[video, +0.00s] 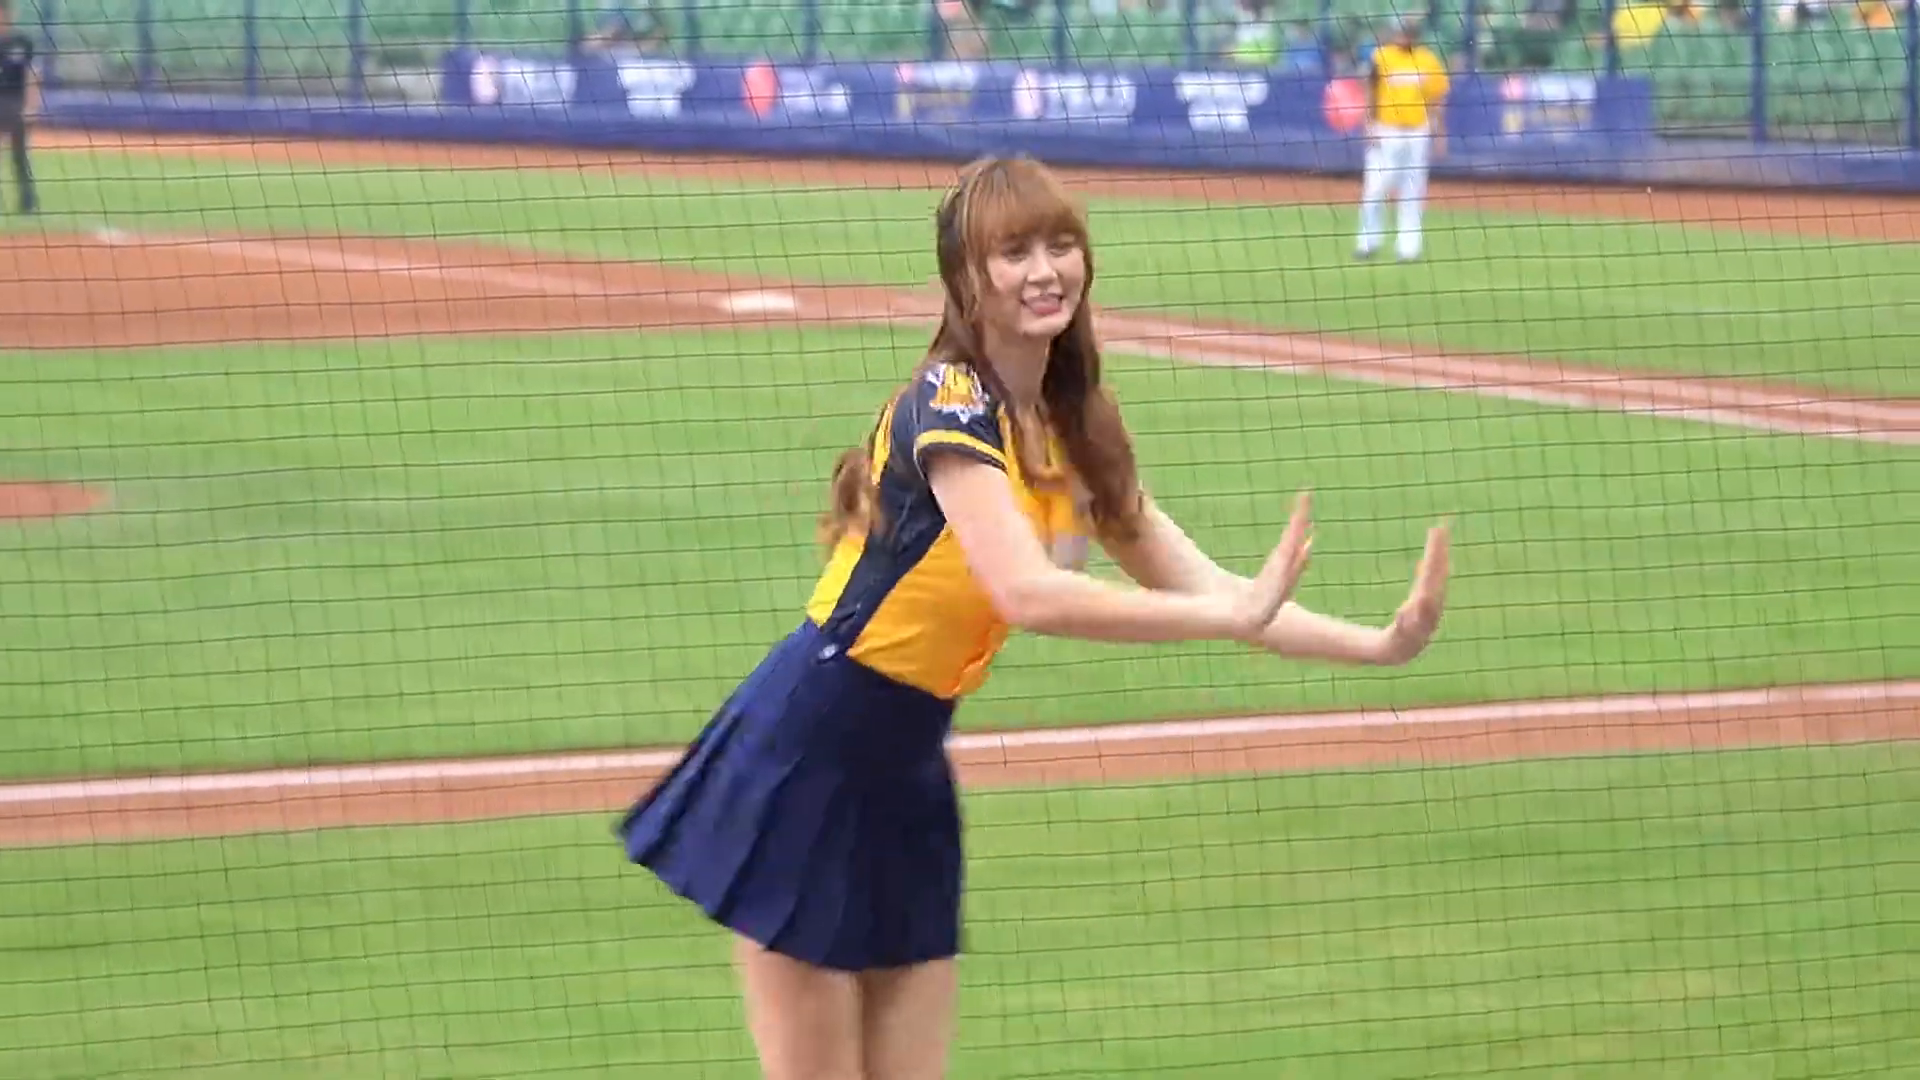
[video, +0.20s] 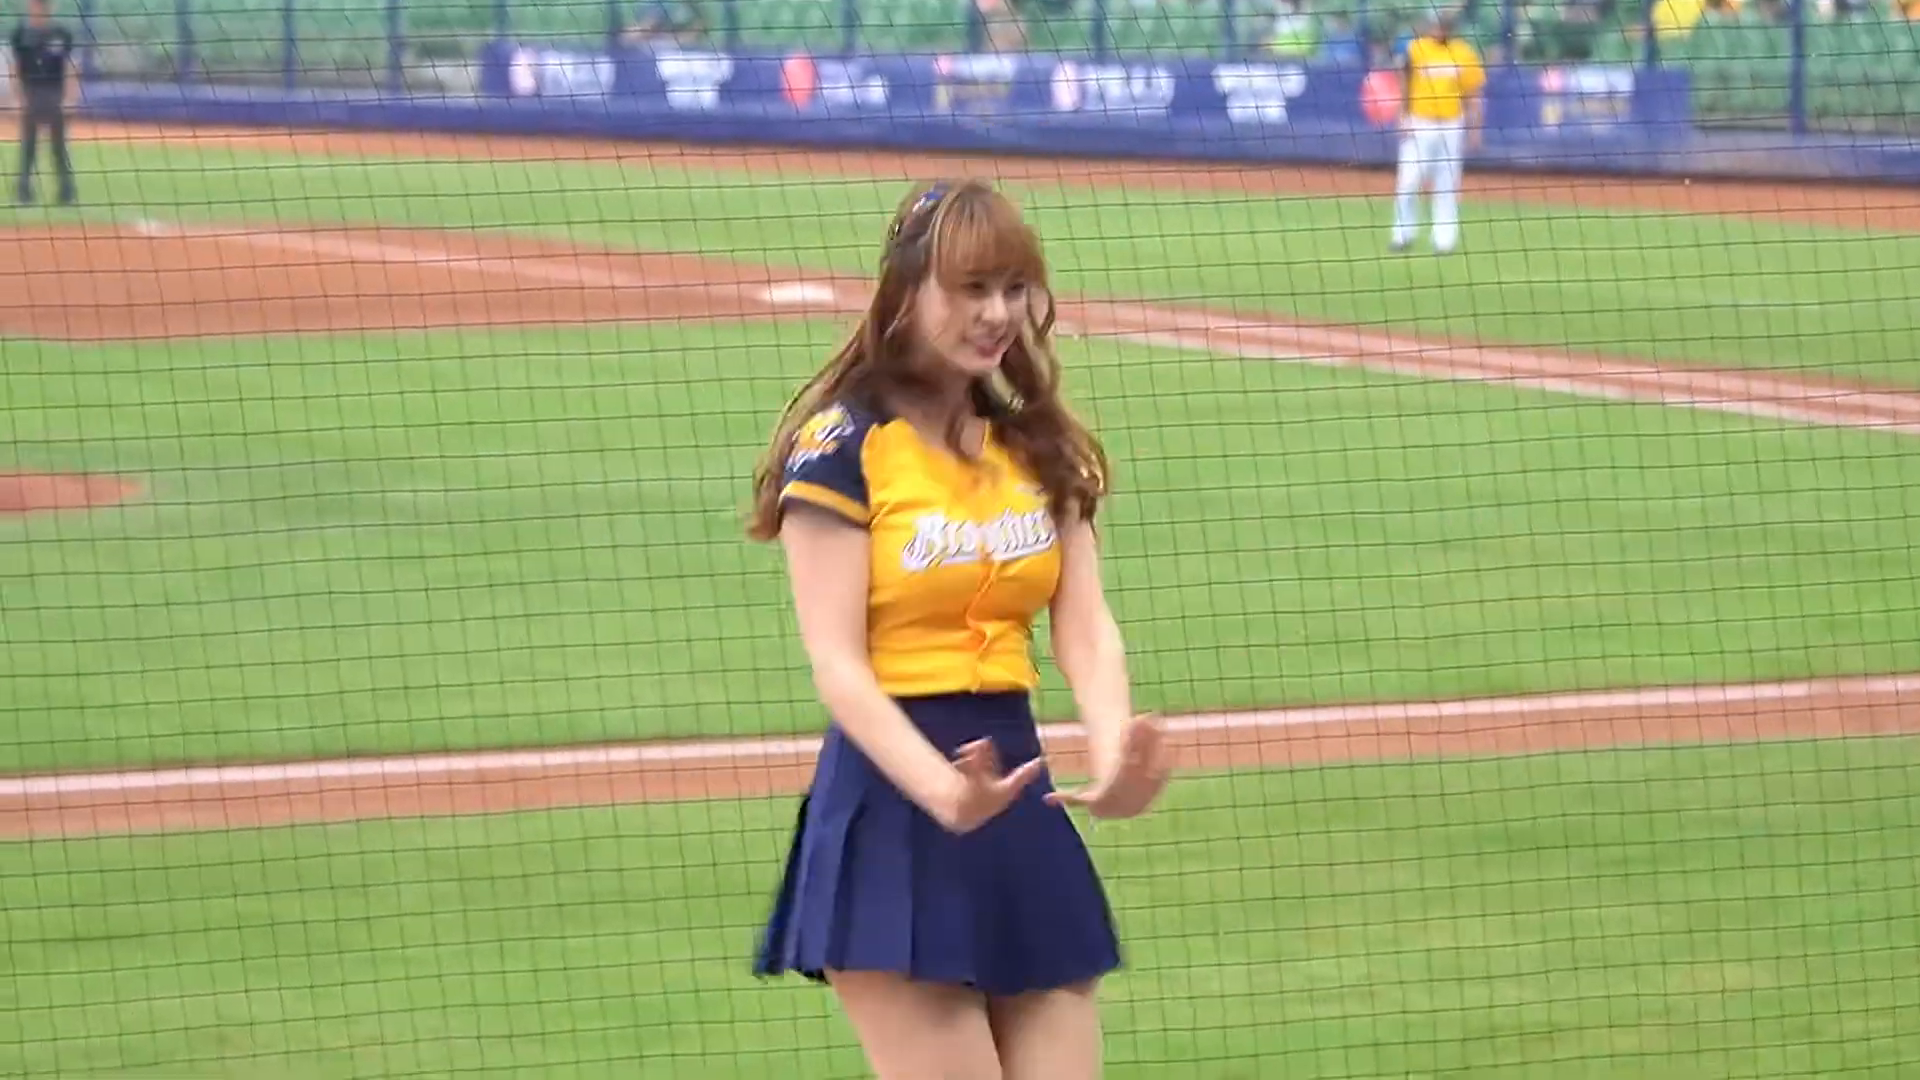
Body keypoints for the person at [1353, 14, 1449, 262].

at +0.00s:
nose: (1407, 38)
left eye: (1411, 33)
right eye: (1403, 32)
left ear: (1418, 35)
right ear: (1396, 33)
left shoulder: (1428, 60)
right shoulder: (1381, 57)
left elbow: (1436, 101)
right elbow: (1371, 91)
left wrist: (1439, 135)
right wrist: (1370, 123)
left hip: (1418, 132)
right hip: (1385, 131)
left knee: (1413, 189)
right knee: (1375, 187)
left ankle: (1409, 243)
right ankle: (1368, 238)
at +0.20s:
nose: (1441, 31)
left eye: (1446, 26)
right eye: (1437, 25)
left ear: (1452, 27)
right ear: (1429, 25)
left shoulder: (1464, 53)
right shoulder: (1415, 49)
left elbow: (1473, 95)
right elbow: (1404, 82)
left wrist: (1474, 129)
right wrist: (1404, 114)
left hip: (1452, 124)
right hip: (1419, 123)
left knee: (1447, 182)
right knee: (1408, 181)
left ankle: (1445, 235)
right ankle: (1403, 231)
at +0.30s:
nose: (1460, 26)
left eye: (1465, 21)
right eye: (1456, 21)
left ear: (1472, 22)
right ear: (1449, 20)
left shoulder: (1483, 50)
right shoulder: (1431, 45)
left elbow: (1494, 91)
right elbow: (1420, 78)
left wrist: (1493, 125)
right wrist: (1419, 110)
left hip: (1470, 121)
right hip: (1436, 119)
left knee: (1465, 179)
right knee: (1427, 177)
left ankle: (1465, 233)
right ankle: (1422, 230)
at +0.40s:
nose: (1472, 22)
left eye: (1476, 17)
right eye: (1468, 17)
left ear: (1482, 19)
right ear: (1459, 18)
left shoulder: (1494, 45)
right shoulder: (1444, 42)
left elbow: (1506, 85)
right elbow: (1435, 76)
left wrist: (1507, 119)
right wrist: (1434, 108)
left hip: (1485, 117)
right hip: (1451, 116)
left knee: (1483, 175)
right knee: (1445, 175)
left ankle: (1484, 230)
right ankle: (1443, 228)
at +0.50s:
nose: (1485, 18)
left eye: (1489, 13)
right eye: (1481, 13)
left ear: (1495, 14)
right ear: (1473, 14)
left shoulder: (1508, 41)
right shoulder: (1458, 39)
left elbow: (1518, 84)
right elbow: (1447, 74)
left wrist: (1518, 118)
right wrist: (1448, 106)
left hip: (1498, 113)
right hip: (1464, 112)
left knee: (1500, 170)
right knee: (1463, 171)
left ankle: (1504, 225)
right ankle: (1463, 224)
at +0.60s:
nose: (1500, 12)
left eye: (1504, 7)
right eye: (1495, 7)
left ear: (1510, 9)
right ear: (1489, 9)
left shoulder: (1526, 37)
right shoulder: (1475, 34)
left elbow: (1536, 79)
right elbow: (1465, 70)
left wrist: (1536, 112)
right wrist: (1466, 102)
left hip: (1516, 108)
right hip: (1482, 107)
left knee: (1519, 165)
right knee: (1482, 166)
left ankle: (1524, 220)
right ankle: (1483, 219)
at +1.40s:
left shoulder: (1520, 8)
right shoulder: (1468, 11)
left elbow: (1535, 44)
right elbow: (1461, 50)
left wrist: (1537, 79)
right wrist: (1465, 84)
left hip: (1519, 78)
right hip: (1484, 79)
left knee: (1526, 137)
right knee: (1491, 140)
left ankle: (1538, 192)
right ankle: (1499, 193)